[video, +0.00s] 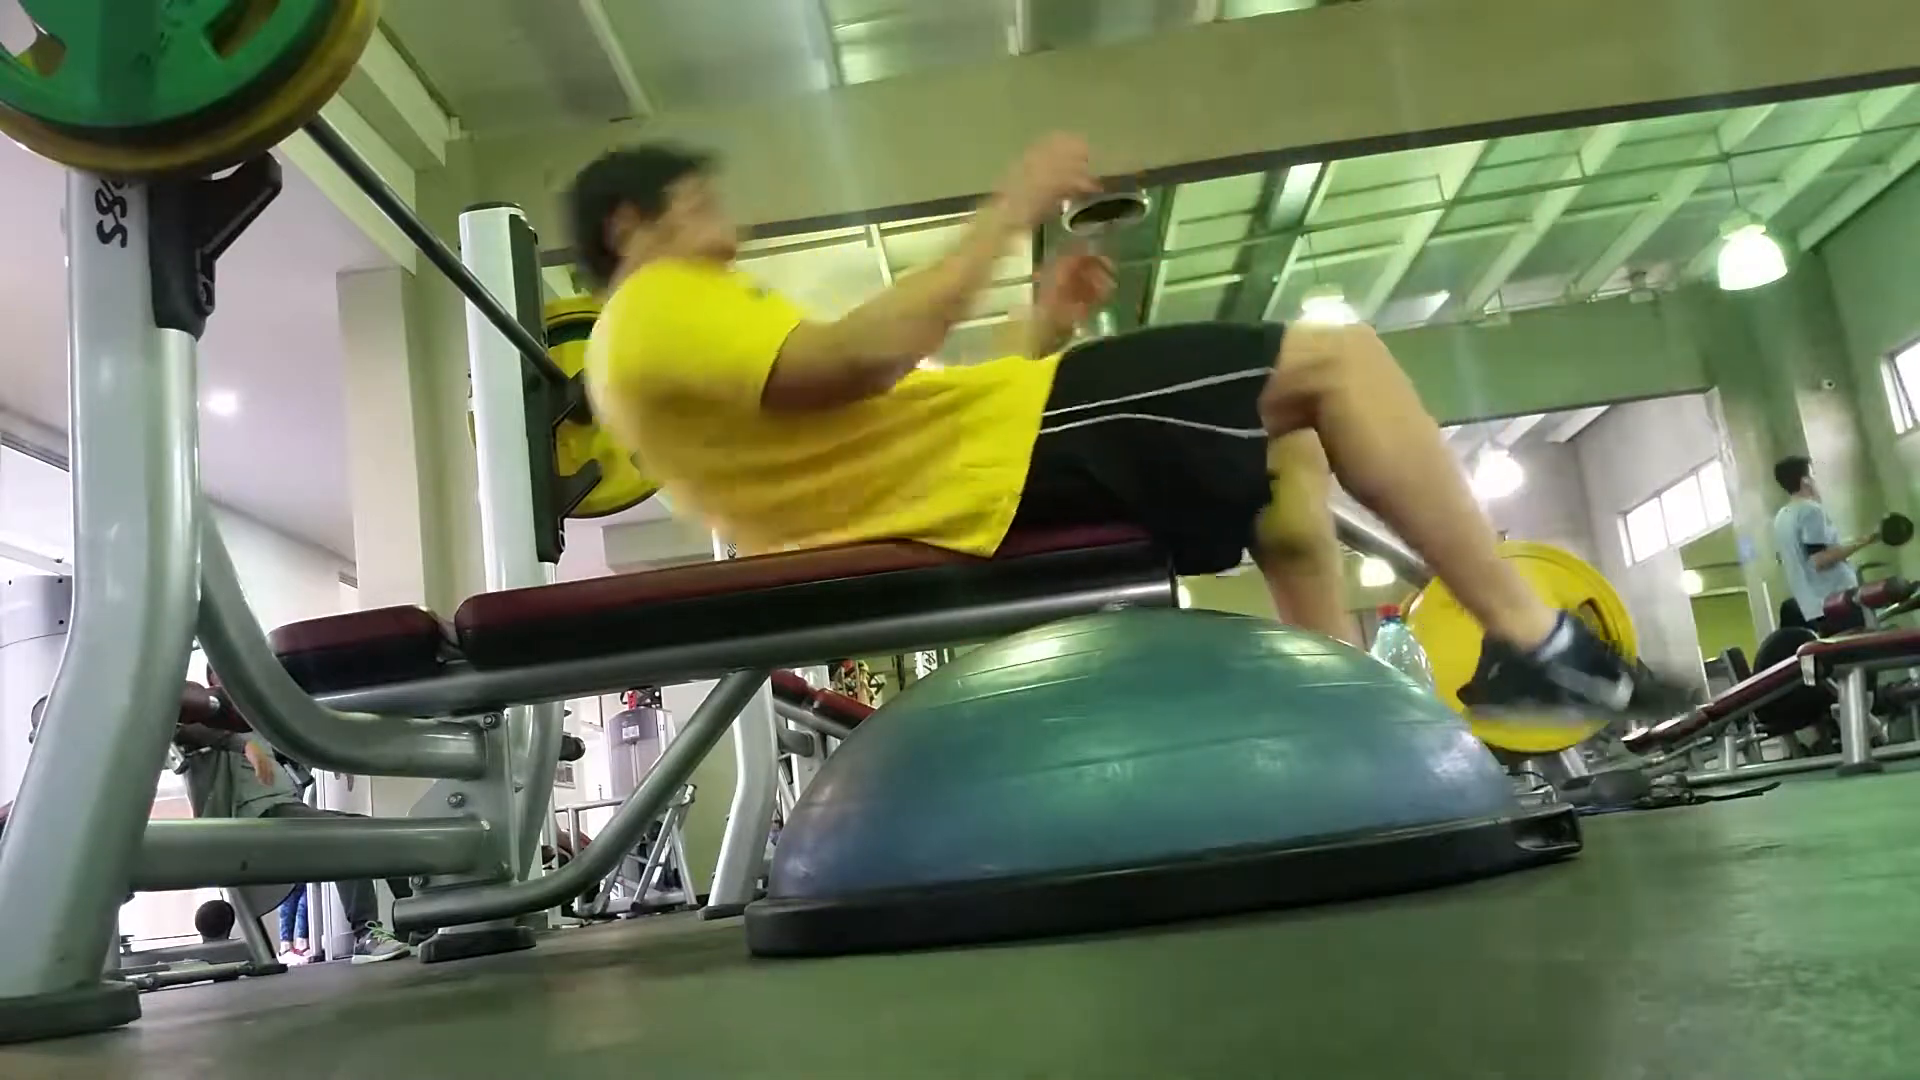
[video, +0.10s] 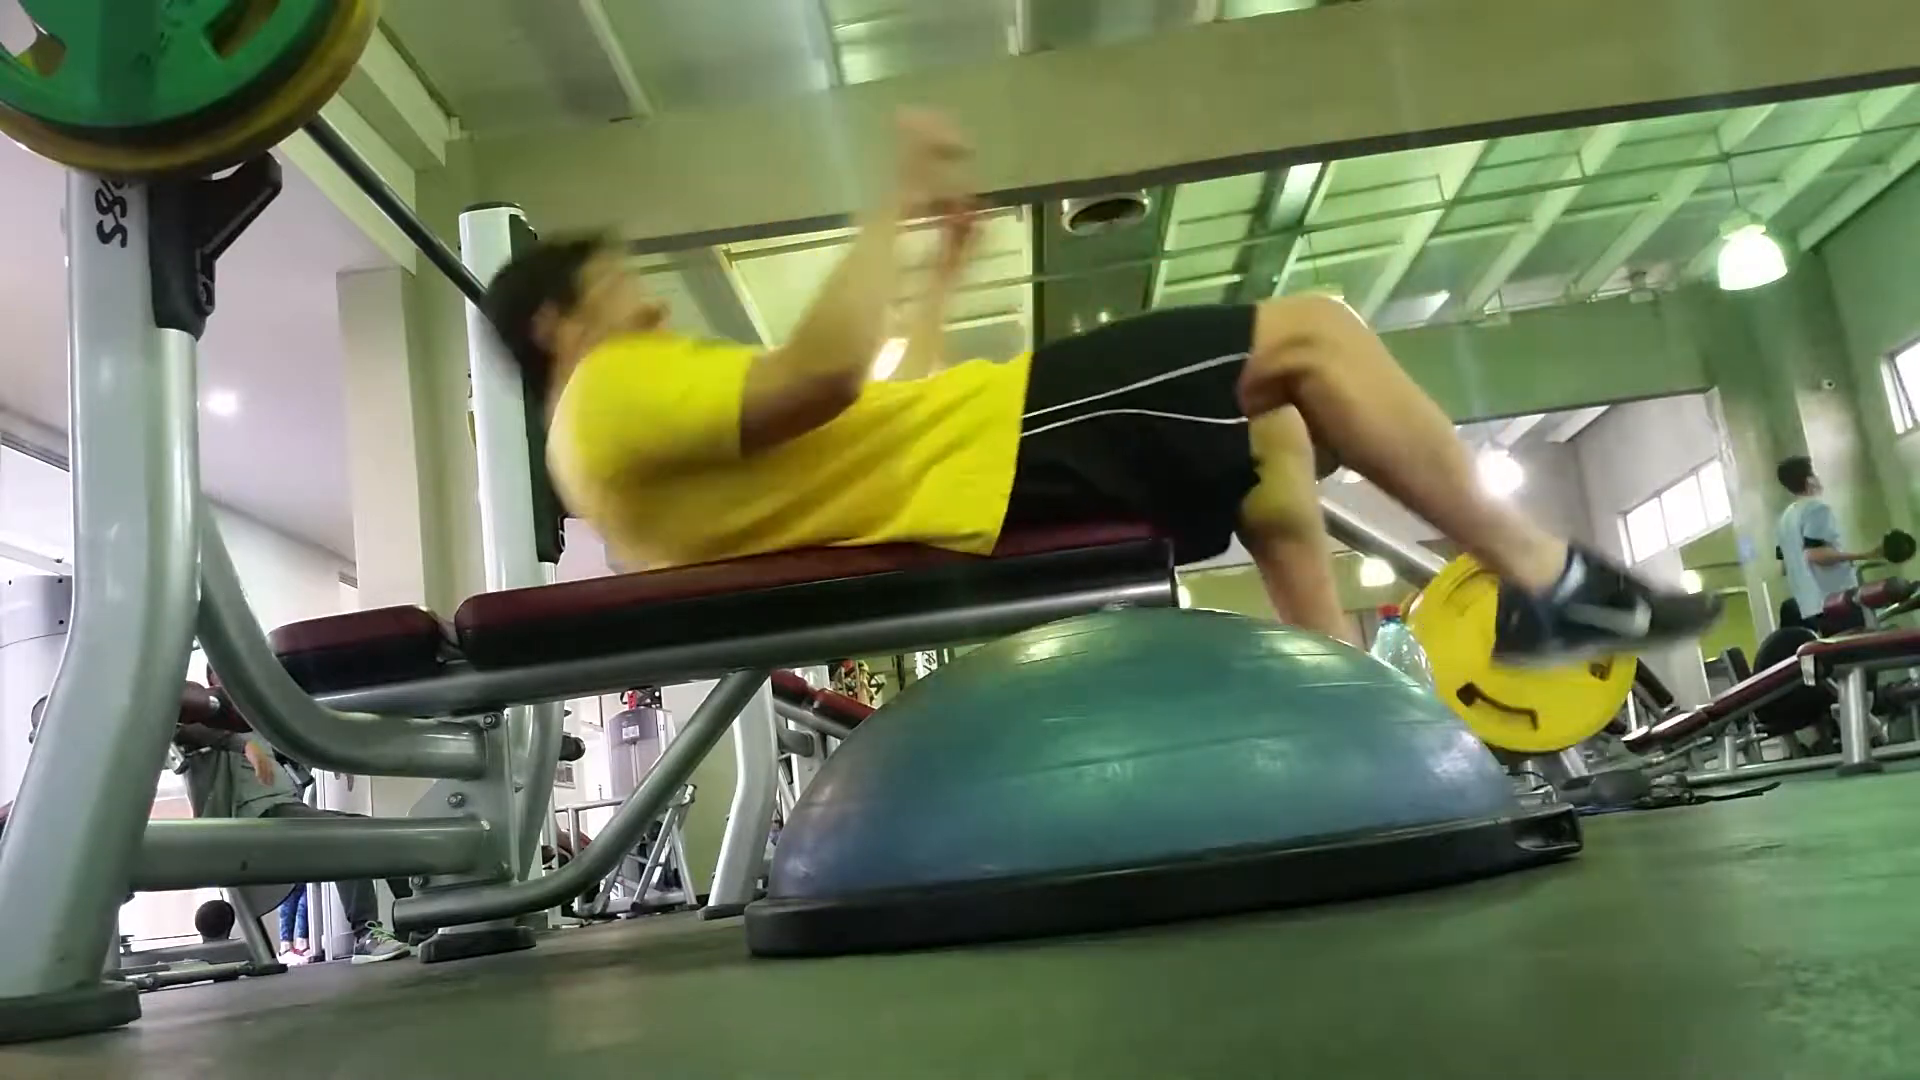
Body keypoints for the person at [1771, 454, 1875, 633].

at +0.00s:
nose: (1816, 479)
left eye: (1813, 474)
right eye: (1812, 474)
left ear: (1786, 485)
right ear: (1804, 481)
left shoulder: (1782, 516)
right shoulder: (1810, 511)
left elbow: (1783, 560)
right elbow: (1819, 559)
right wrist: (1861, 542)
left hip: (1813, 609)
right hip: (1837, 606)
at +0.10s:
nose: (1818, 479)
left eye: (1814, 473)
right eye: (1814, 474)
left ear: (1789, 486)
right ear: (1808, 480)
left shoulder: (1786, 517)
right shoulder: (1816, 508)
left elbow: (1784, 565)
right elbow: (1815, 553)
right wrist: (1865, 555)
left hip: (1810, 610)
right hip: (1837, 606)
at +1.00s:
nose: (1811, 489)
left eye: (1811, 482)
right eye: (1809, 482)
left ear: (1782, 484)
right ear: (1797, 481)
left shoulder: (1770, 520)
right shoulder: (1805, 513)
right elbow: (1835, 558)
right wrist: (1867, 531)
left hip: (1810, 608)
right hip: (1837, 601)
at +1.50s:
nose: (1814, 491)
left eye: (1815, 486)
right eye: (1809, 486)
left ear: (1790, 486)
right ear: (1790, 486)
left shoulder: (1770, 522)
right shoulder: (1804, 516)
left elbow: (1777, 564)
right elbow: (1823, 561)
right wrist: (1847, 531)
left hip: (1805, 612)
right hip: (1835, 606)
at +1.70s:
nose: (1812, 492)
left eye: (1813, 487)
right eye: (1806, 487)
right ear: (1787, 486)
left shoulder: (1768, 522)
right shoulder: (1802, 516)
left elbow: (1769, 564)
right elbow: (1811, 564)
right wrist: (1855, 547)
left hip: (1802, 616)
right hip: (1833, 609)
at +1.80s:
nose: (1816, 492)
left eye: (1818, 486)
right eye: (1811, 486)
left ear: (1793, 485)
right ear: (1793, 485)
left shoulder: (1771, 520)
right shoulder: (1805, 513)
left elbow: (1770, 572)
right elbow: (1806, 562)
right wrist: (1851, 558)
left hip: (1802, 616)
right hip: (1832, 609)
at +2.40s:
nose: (1813, 497)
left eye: (1813, 492)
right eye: (1811, 492)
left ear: (1783, 489)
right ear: (1801, 490)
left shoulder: (1766, 520)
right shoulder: (1803, 514)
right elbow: (1825, 559)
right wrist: (1859, 539)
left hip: (1803, 610)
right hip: (1831, 605)